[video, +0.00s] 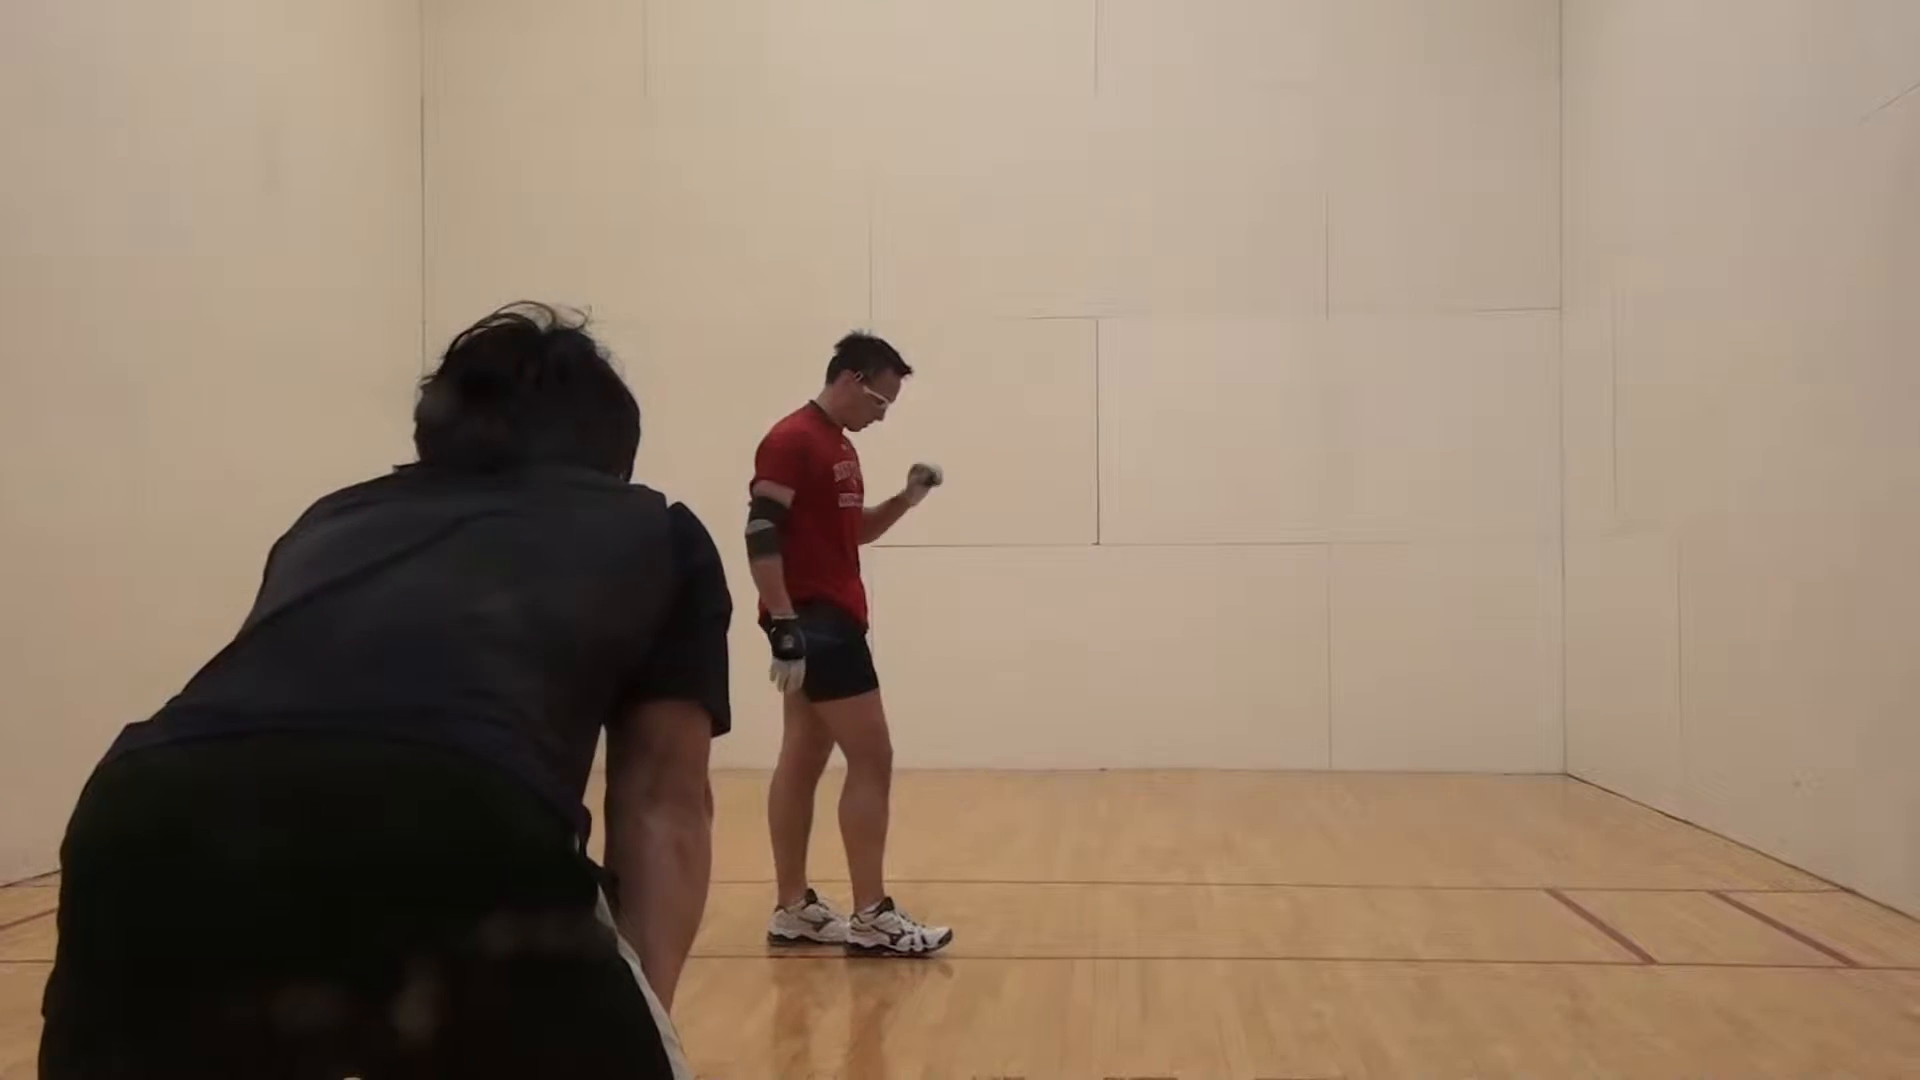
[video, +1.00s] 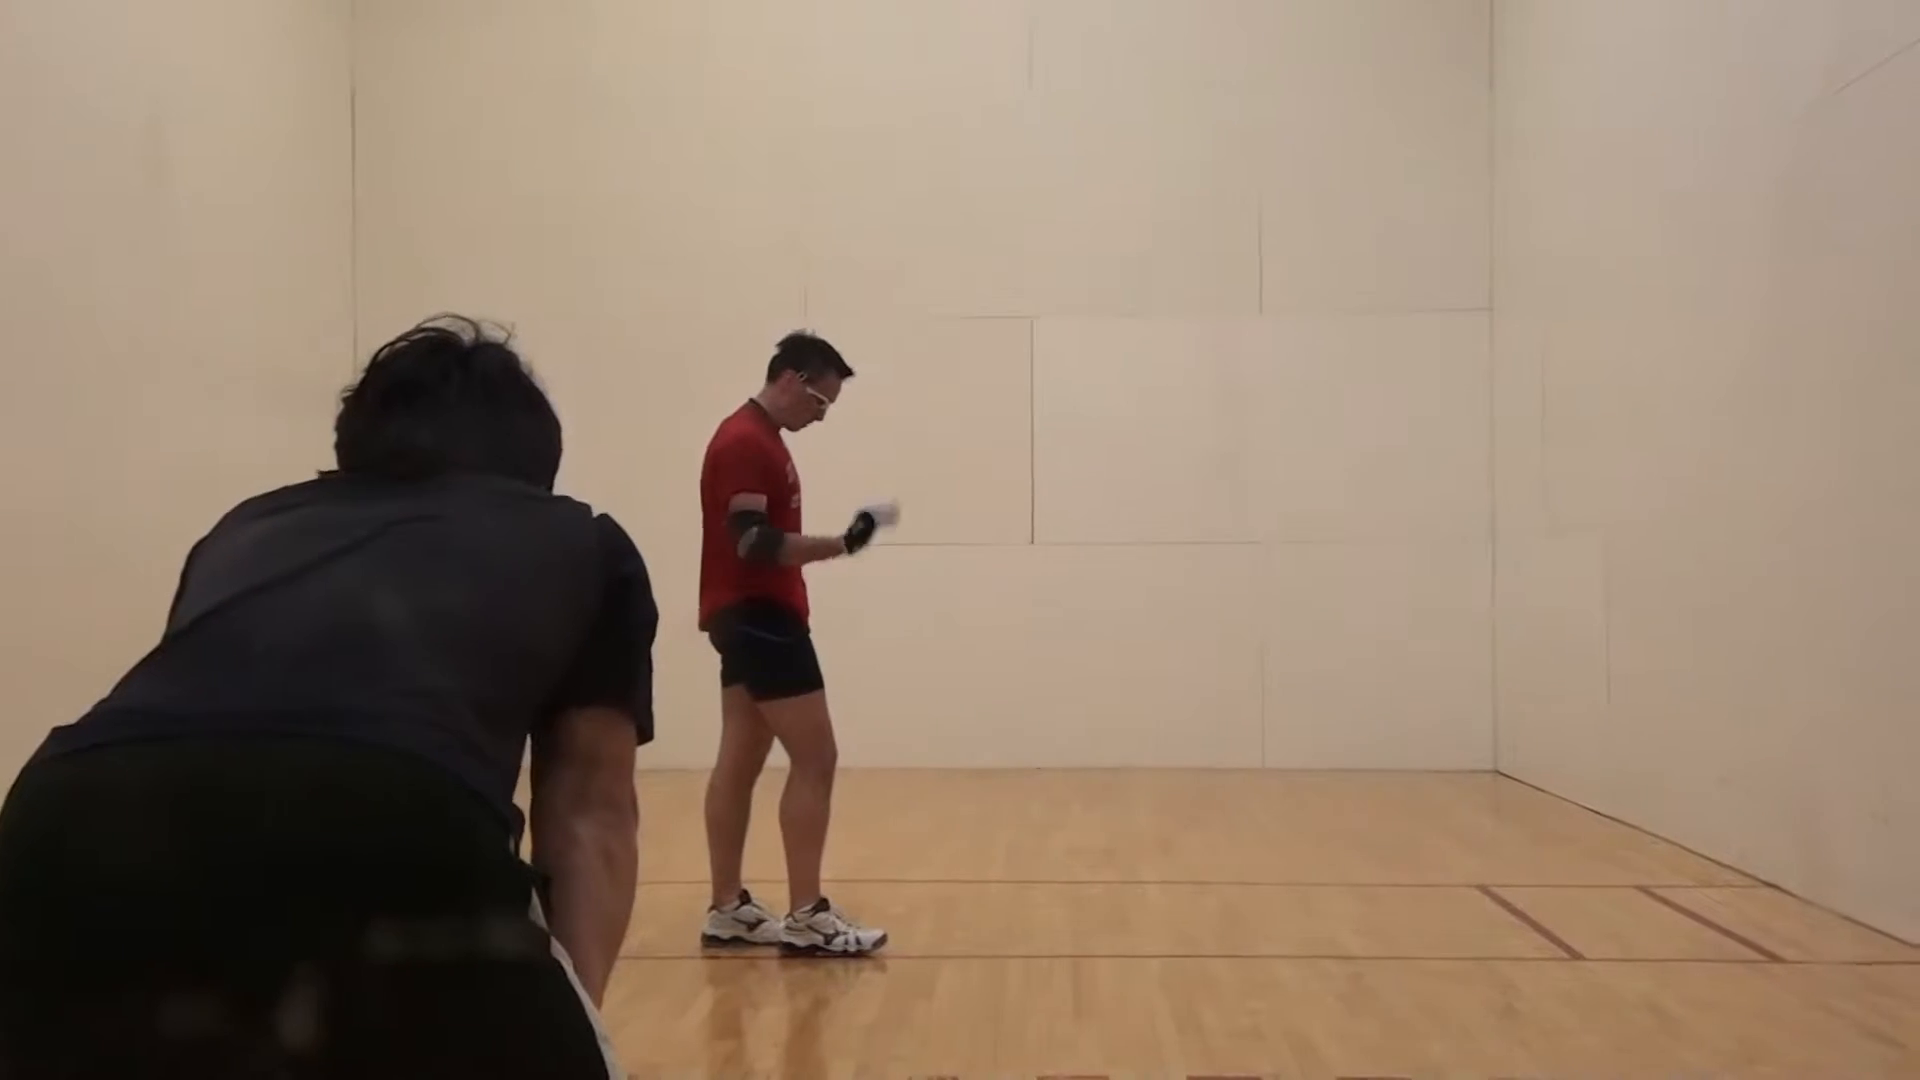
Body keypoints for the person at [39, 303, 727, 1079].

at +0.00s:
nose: (634, 481)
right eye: (630, 468)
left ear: (434, 439)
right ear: (606, 456)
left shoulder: (330, 512)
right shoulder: (652, 529)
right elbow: (664, 797)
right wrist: (637, 1027)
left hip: (155, 812)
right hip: (455, 822)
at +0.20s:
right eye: (629, 470)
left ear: (434, 438)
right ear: (605, 456)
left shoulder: (327, 510)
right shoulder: (651, 531)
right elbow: (662, 797)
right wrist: (635, 1027)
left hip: (155, 815)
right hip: (453, 825)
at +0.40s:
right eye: (621, 468)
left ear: (428, 440)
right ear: (599, 453)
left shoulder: (323, 513)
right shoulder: (648, 532)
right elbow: (661, 801)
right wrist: (633, 1026)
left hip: (156, 819)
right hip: (452, 827)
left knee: (111, 1053)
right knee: (600, 1058)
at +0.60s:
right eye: (598, 470)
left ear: (399, 443)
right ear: (577, 459)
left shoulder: (296, 518)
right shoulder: (628, 536)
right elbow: (641, 796)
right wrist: (616, 1021)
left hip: (133, 818)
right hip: (439, 827)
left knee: (78, 1046)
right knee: (585, 1051)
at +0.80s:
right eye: (568, 469)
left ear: (372, 438)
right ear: (550, 457)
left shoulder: (266, 519)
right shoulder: (602, 537)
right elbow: (616, 802)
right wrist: (586, 1026)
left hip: (97, 825)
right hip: (413, 831)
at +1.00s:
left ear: (352, 447)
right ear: (530, 464)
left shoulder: (248, 520)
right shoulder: (580, 541)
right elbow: (591, 805)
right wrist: (567, 1021)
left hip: (80, 819)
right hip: (391, 825)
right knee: (539, 1052)